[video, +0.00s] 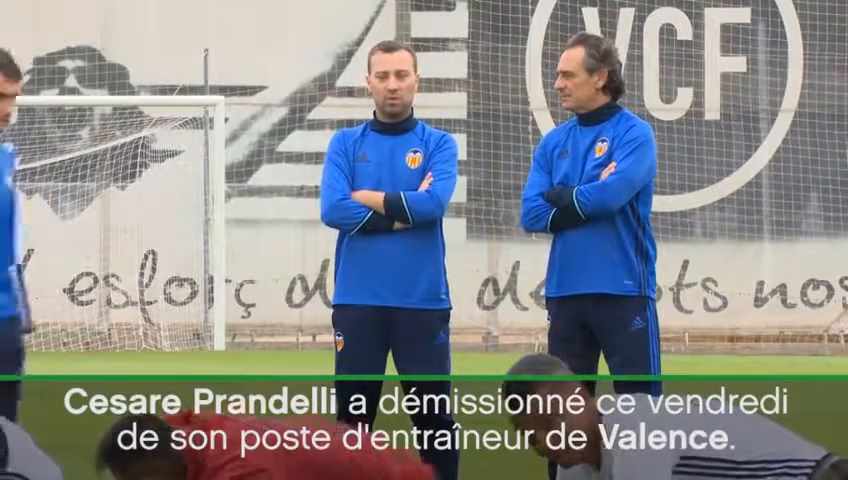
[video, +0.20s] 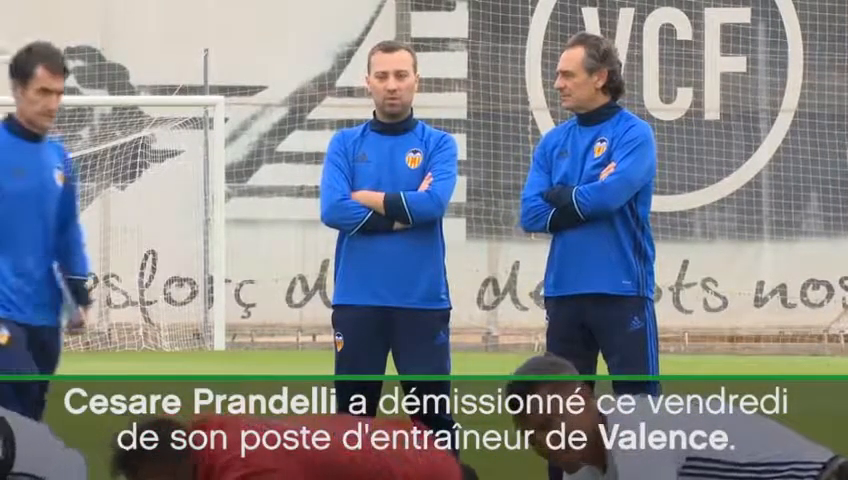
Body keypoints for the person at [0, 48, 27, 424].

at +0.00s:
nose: (9, 109)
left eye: (13, 98)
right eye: (4, 97)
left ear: (18, 97)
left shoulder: (9, 158)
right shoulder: (7, 159)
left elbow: (12, 250)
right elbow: (11, 254)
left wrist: (20, 312)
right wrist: (16, 313)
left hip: (8, 316)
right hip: (5, 316)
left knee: (6, 425)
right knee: (5, 425)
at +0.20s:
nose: (53, 103)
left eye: (59, 93)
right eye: (43, 92)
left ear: (64, 94)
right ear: (17, 89)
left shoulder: (57, 154)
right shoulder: (4, 145)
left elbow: (67, 228)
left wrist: (81, 292)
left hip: (45, 313)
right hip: (5, 312)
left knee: (28, 421)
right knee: (19, 419)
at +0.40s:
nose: (96, 110)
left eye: (103, 100)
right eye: (86, 98)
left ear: (108, 102)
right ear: (60, 99)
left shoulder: (107, 164)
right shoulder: (28, 164)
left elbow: (121, 235)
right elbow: (1, 232)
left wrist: (132, 296)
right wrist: (1, 312)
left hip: (94, 309)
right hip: (42, 307)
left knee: (72, 411)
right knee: (70, 407)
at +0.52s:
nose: (125, 103)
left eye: (132, 93)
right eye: (115, 91)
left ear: (138, 95)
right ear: (88, 92)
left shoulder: (137, 154)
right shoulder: (58, 159)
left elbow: (147, 226)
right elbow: (24, 234)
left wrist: (157, 284)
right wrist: (26, 308)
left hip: (132, 308)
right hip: (79, 311)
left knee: (131, 424)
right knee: (99, 426)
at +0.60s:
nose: (144, 99)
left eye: (151, 89)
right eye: (134, 88)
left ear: (156, 91)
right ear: (108, 88)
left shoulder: (156, 151)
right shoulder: (77, 155)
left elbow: (167, 228)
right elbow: (49, 237)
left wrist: (176, 286)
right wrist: (58, 311)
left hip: (156, 314)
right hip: (100, 318)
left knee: (159, 429)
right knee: (111, 438)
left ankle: (155, 478)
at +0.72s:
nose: (174, 97)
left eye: (182, 87)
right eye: (165, 84)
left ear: (186, 89)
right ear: (139, 85)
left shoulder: (185, 149)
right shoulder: (111, 152)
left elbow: (196, 231)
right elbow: (87, 234)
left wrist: (204, 297)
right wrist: (105, 301)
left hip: (189, 313)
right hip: (130, 318)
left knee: (206, 421)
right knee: (117, 433)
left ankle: (202, 478)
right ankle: (112, 478)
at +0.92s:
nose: (235, 107)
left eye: (241, 96)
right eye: (225, 95)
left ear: (247, 97)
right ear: (199, 95)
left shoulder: (245, 162)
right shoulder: (169, 163)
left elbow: (254, 243)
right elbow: (143, 242)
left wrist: (263, 310)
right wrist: (175, 299)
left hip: (244, 331)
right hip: (182, 335)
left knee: (253, 446)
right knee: (172, 447)